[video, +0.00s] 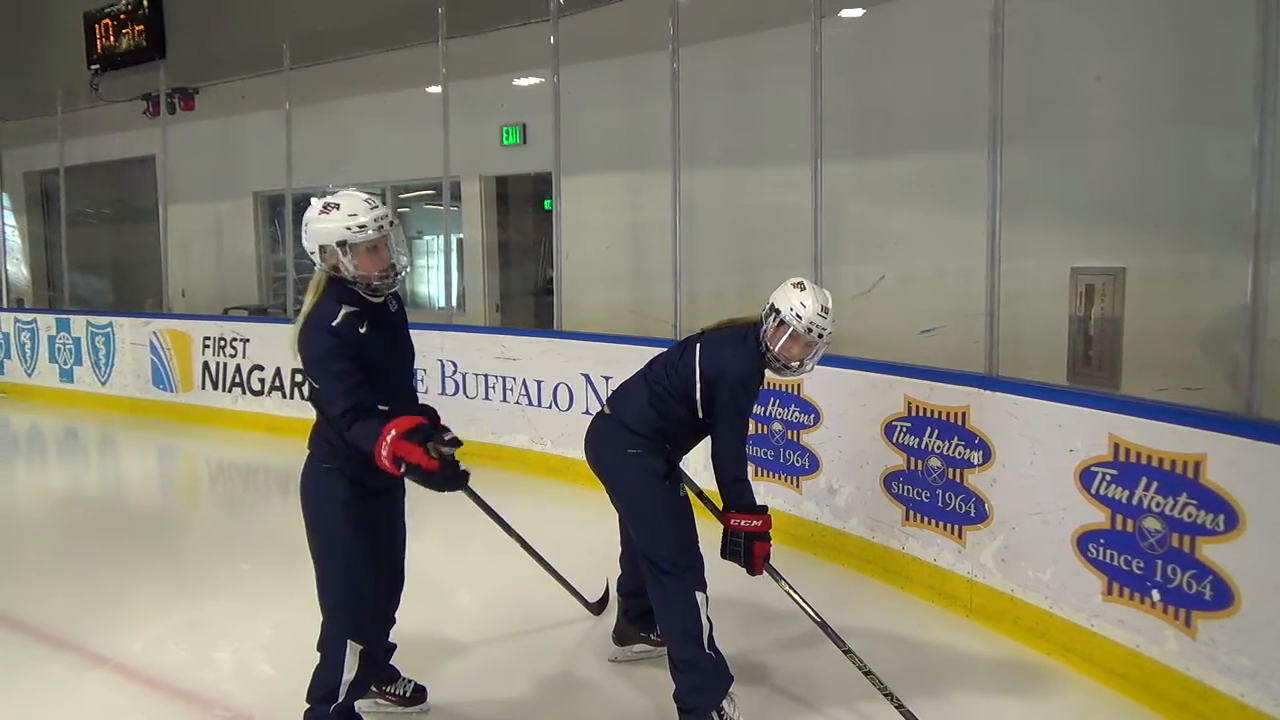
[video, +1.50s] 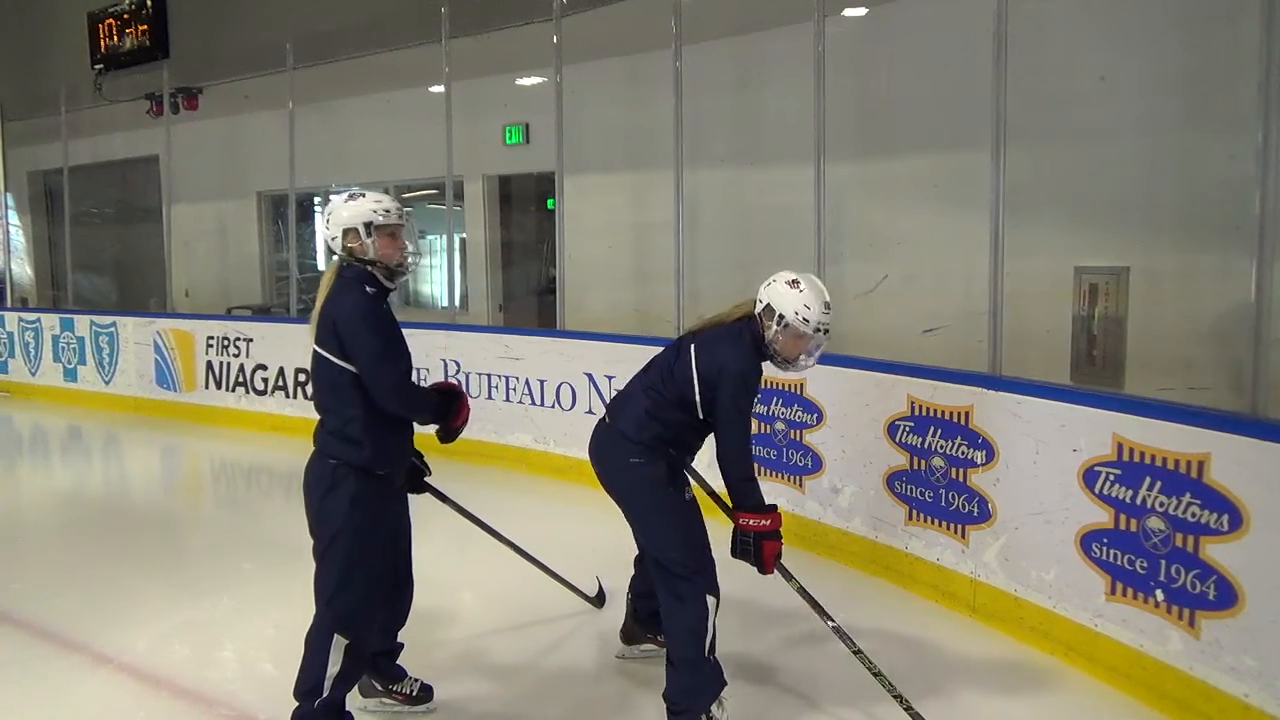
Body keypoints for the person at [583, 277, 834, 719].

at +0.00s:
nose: (790, 349)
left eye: (804, 343)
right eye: (786, 334)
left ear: (817, 347)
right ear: (770, 322)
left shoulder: (741, 341)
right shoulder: (740, 365)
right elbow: (728, 450)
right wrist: (746, 517)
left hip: (619, 435)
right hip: (634, 446)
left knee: (644, 534)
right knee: (678, 569)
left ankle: (635, 625)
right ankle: (703, 703)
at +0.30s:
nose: (793, 349)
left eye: (806, 343)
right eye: (789, 335)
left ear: (819, 346)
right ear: (772, 322)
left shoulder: (742, 341)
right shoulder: (741, 364)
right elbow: (729, 449)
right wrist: (746, 516)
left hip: (620, 435)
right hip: (635, 446)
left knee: (645, 534)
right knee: (679, 569)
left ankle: (636, 624)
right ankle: (704, 703)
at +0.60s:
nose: (793, 349)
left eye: (806, 343)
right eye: (789, 335)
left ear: (818, 347)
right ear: (772, 322)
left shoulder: (743, 340)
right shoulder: (742, 364)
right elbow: (730, 450)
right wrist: (748, 518)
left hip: (619, 435)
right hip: (636, 447)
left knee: (645, 536)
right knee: (680, 570)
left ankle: (637, 625)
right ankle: (704, 704)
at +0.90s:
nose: (799, 354)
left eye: (811, 348)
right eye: (795, 340)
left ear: (823, 350)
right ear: (775, 323)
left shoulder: (743, 342)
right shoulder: (743, 364)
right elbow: (731, 451)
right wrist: (749, 519)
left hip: (620, 436)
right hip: (636, 446)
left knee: (646, 536)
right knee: (681, 570)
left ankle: (637, 624)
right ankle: (705, 704)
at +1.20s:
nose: (809, 358)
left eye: (818, 350)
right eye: (805, 344)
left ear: (823, 347)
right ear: (780, 327)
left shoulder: (743, 343)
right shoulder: (743, 365)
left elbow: (730, 441)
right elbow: (731, 452)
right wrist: (749, 520)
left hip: (619, 436)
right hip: (636, 447)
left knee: (646, 537)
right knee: (681, 570)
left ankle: (637, 624)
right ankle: (706, 704)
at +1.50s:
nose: (801, 349)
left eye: (809, 340)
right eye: (795, 336)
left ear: (817, 336)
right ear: (768, 321)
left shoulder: (735, 337)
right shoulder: (737, 362)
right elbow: (734, 452)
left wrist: (674, 441)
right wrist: (757, 520)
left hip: (632, 443)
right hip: (635, 454)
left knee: (666, 542)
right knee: (691, 579)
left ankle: (644, 624)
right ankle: (691, 706)